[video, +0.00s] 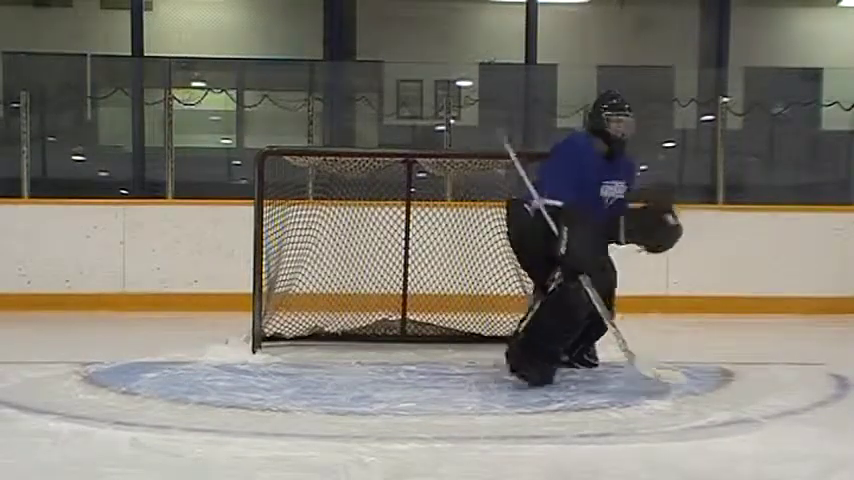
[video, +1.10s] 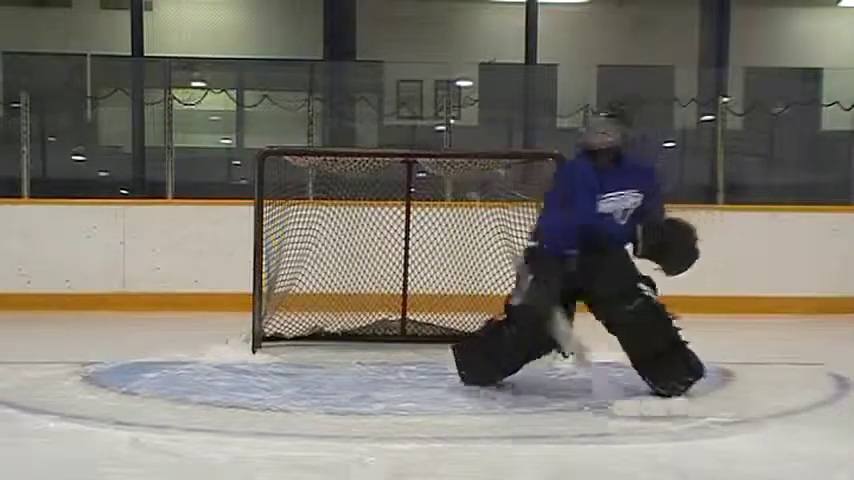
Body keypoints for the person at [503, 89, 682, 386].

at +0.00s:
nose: (623, 129)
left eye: (626, 122)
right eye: (616, 121)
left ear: (630, 125)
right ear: (600, 121)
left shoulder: (622, 164)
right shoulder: (575, 149)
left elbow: (607, 220)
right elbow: (549, 207)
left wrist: (640, 226)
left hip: (583, 234)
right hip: (541, 227)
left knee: (603, 284)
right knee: (575, 289)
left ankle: (575, 346)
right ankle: (530, 354)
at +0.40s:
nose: (636, 118)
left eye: (639, 112)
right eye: (629, 112)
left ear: (641, 114)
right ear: (612, 114)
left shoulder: (630, 150)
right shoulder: (592, 147)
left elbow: (625, 204)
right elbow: (574, 210)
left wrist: (656, 203)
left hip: (596, 234)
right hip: (567, 233)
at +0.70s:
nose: (662, 116)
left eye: (665, 110)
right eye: (656, 110)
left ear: (667, 112)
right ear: (638, 111)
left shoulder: (661, 148)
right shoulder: (609, 144)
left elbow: (653, 200)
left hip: (643, 236)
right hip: (610, 236)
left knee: (671, 289)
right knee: (593, 311)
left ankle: (648, 363)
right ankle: (539, 372)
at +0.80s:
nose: (662, 118)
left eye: (666, 111)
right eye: (655, 110)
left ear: (669, 113)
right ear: (636, 112)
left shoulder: (663, 150)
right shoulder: (608, 147)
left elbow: (651, 207)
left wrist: (690, 210)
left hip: (642, 237)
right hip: (599, 238)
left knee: (671, 296)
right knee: (585, 306)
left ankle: (668, 364)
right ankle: (520, 367)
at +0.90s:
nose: (648, 120)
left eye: (655, 114)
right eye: (641, 113)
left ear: (663, 120)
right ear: (627, 115)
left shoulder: (665, 153)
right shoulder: (611, 151)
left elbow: (656, 209)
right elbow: (615, 209)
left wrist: (681, 220)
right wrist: (630, 256)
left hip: (628, 236)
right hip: (583, 234)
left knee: (662, 296)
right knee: (565, 299)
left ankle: (675, 372)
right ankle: (503, 363)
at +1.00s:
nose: (629, 127)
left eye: (636, 121)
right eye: (623, 119)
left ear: (646, 124)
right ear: (611, 122)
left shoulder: (653, 159)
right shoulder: (595, 156)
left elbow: (653, 211)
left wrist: (678, 228)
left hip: (627, 251)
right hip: (583, 251)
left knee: (656, 308)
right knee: (548, 316)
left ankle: (684, 374)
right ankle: (491, 365)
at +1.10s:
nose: (601, 141)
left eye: (609, 133)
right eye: (594, 133)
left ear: (621, 137)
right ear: (584, 137)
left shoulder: (640, 175)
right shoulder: (572, 174)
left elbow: (646, 225)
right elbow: (555, 237)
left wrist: (659, 241)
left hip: (605, 259)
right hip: (559, 258)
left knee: (637, 312)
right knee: (538, 325)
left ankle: (673, 374)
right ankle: (476, 364)